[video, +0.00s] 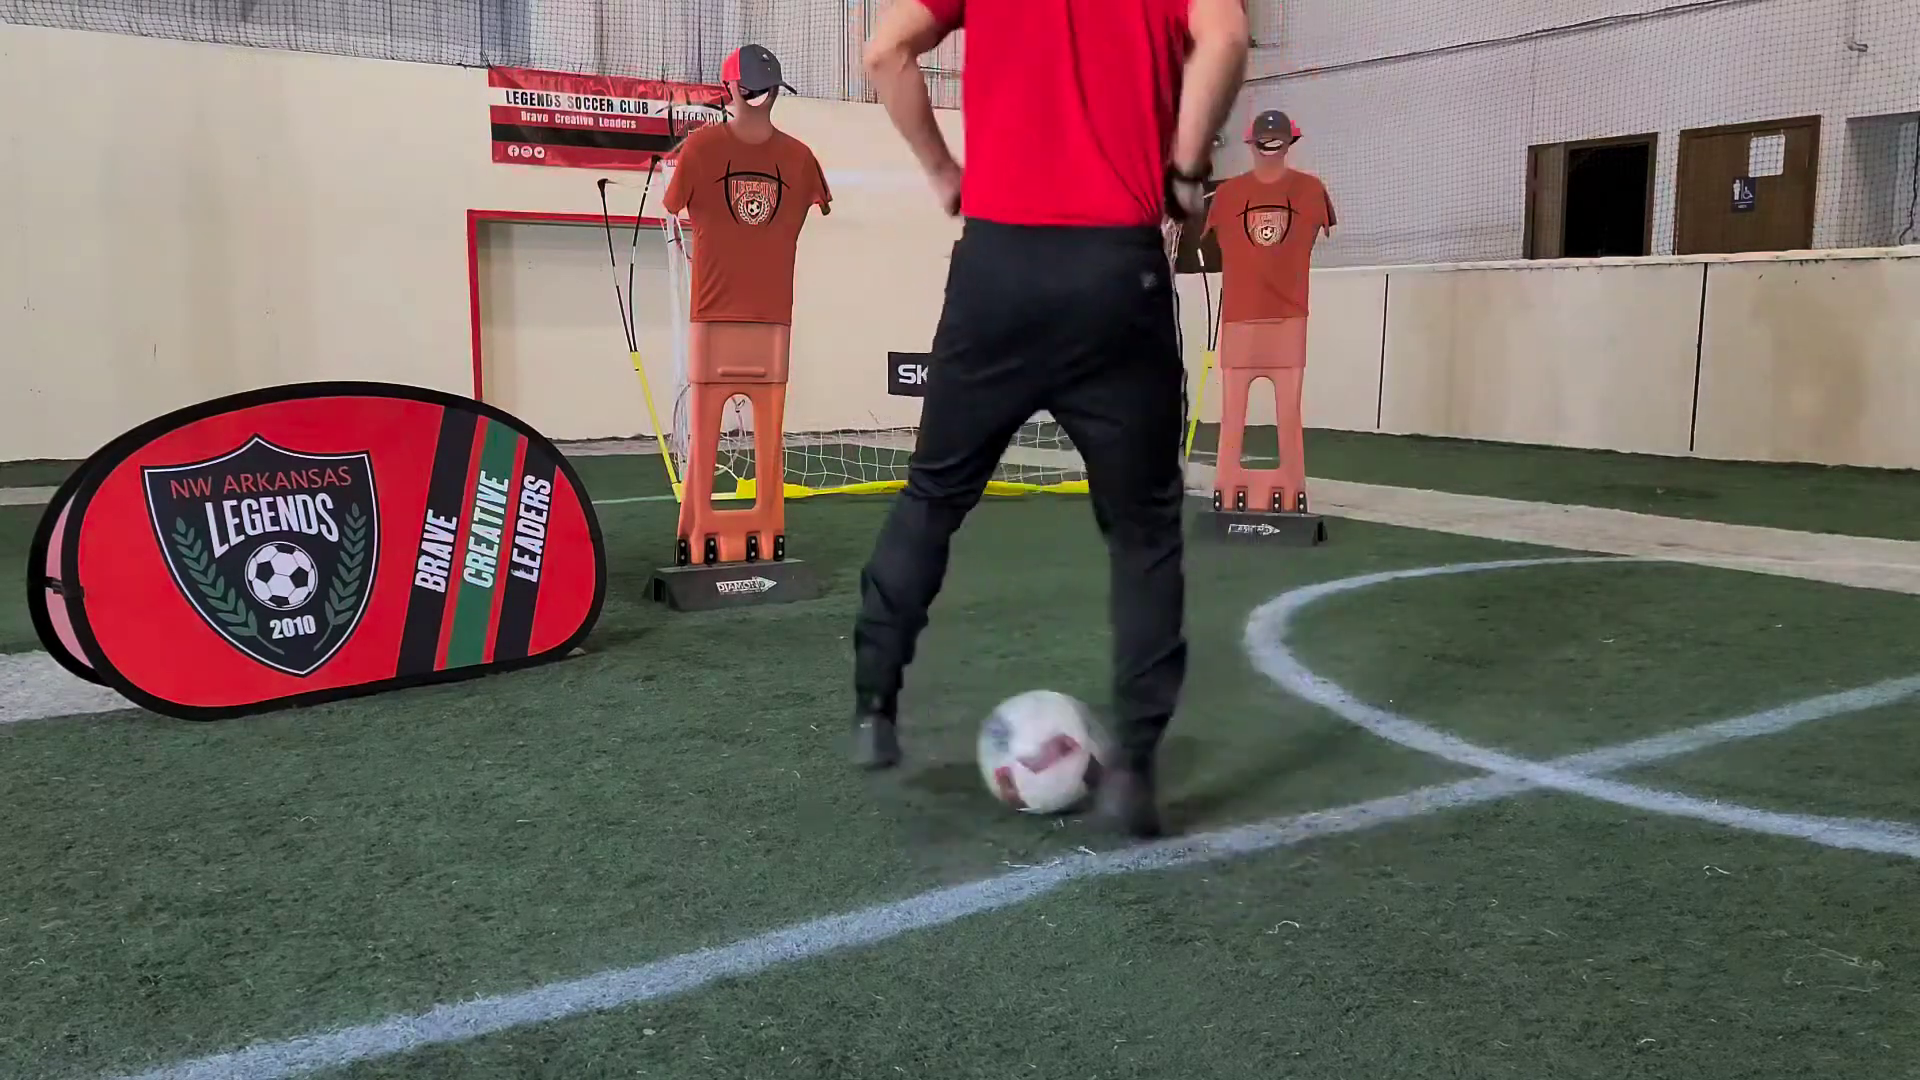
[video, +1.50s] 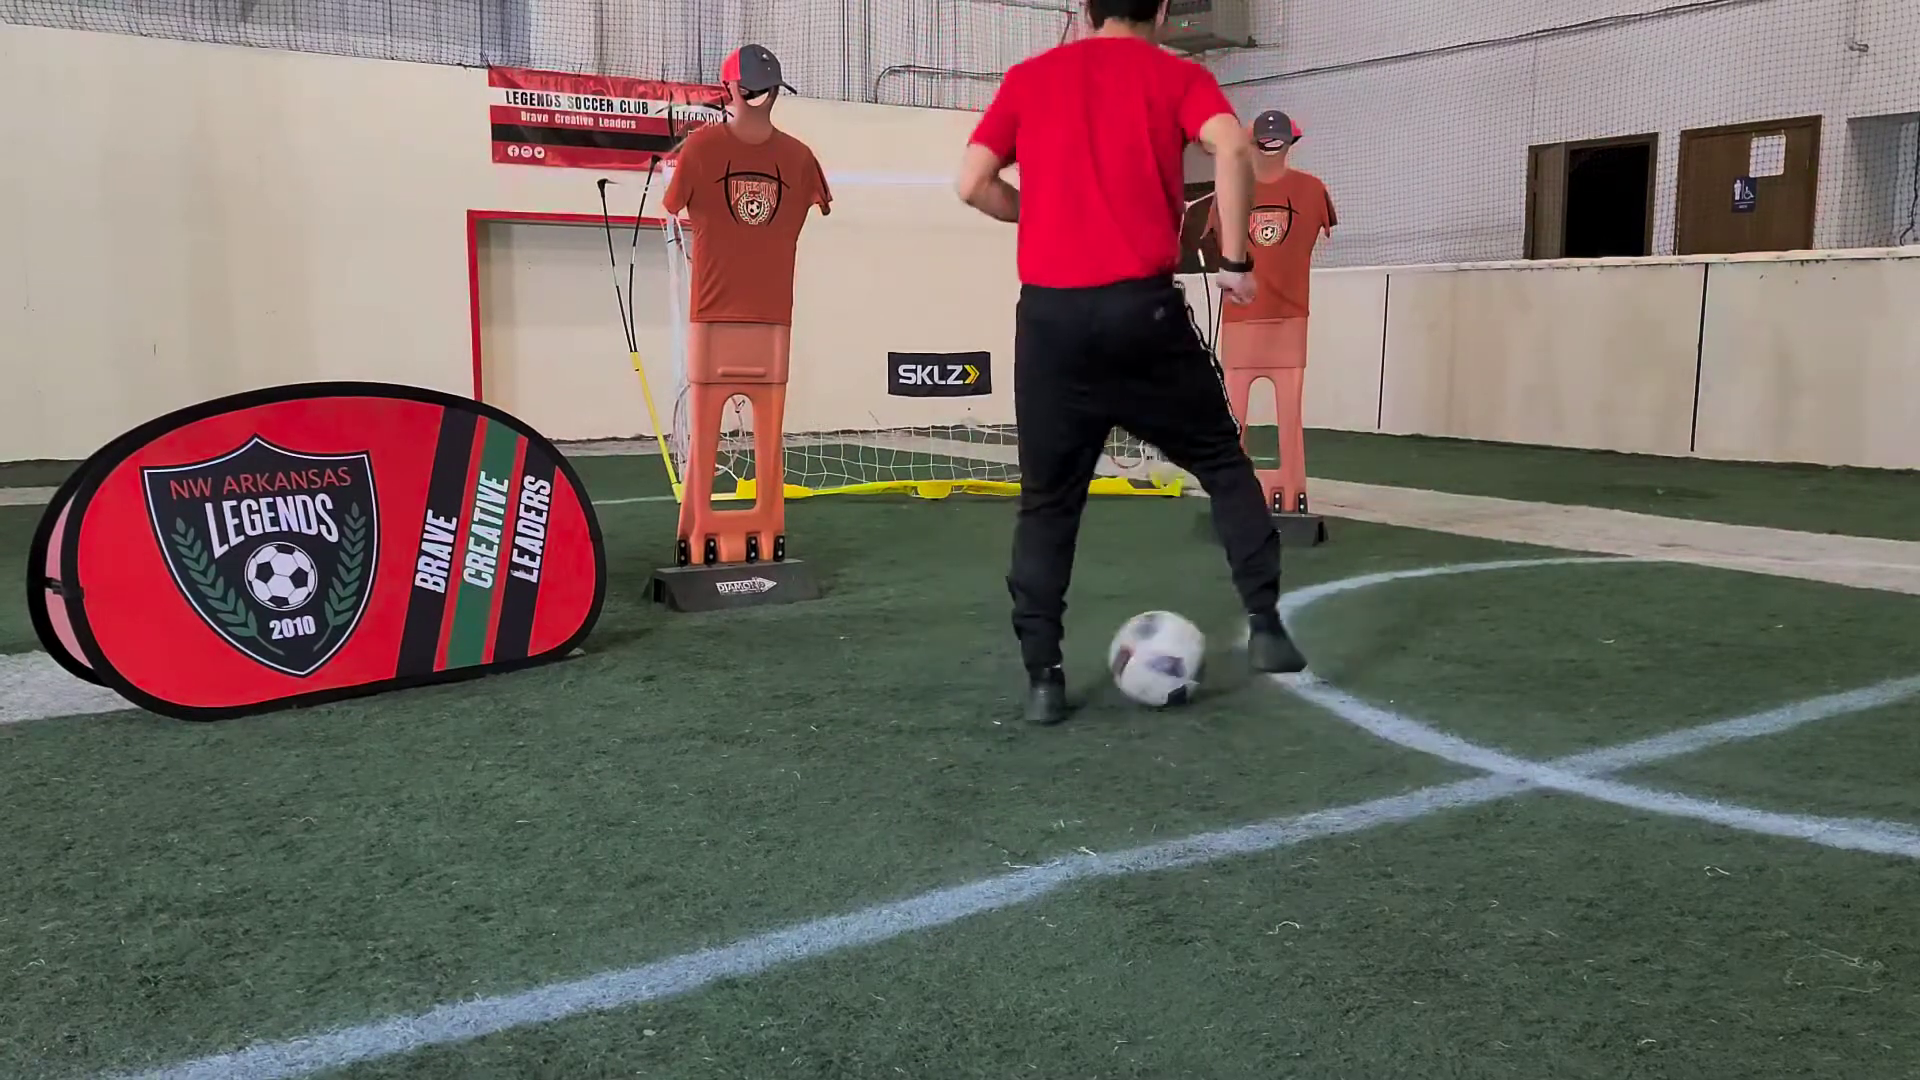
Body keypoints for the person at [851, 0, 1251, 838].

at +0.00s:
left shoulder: (979, 1)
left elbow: (886, 52)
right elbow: (1224, 34)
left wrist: (944, 171)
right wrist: (1188, 169)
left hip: (996, 264)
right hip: (1118, 268)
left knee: (935, 490)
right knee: (1143, 525)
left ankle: (874, 704)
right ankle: (1134, 764)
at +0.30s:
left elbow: (902, 85)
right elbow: (1232, 85)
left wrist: (961, 182)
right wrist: (1196, 205)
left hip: (997, 274)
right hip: (1113, 272)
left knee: (979, 518)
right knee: (1191, 500)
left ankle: (969, 739)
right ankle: (1213, 721)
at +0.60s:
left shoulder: (1013, 4)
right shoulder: (1188, 2)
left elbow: (932, 95)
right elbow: (1220, 70)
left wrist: (1000, 188)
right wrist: (1206, 195)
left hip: (1031, 271)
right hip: (1141, 273)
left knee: (970, 474)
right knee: (1167, 502)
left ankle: (929, 669)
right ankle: (1173, 714)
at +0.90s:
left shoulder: (1008, 15)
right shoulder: (1171, 17)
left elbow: (950, 125)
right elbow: (1243, 115)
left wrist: (1011, 198)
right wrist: (1220, 224)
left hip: (1042, 286)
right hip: (1146, 285)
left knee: (1026, 496)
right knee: (1213, 472)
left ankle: (1024, 695)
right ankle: (1229, 663)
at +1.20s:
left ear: (1095, 1)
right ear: (1167, 3)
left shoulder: (1051, 43)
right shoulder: (1211, 54)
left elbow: (974, 128)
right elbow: (1244, 146)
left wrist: (1022, 210)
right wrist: (1219, 242)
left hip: (1064, 299)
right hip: (1162, 304)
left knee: (1004, 467)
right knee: (1170, 504)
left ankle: (963, 641)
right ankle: (1164, 699)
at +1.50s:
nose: (1167, 21)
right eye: (1167, 13)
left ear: (1086, 10)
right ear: (1160, 11)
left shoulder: (1029, 75)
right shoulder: (1177, 73)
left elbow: (973, 183)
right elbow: (1232, 145)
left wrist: (1040, 216)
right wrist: (1231, 250)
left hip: (1048, 314)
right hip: (1143, 308)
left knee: (1048, 494)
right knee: (1222, 462)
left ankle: (1044, 676)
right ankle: (1266, 623)